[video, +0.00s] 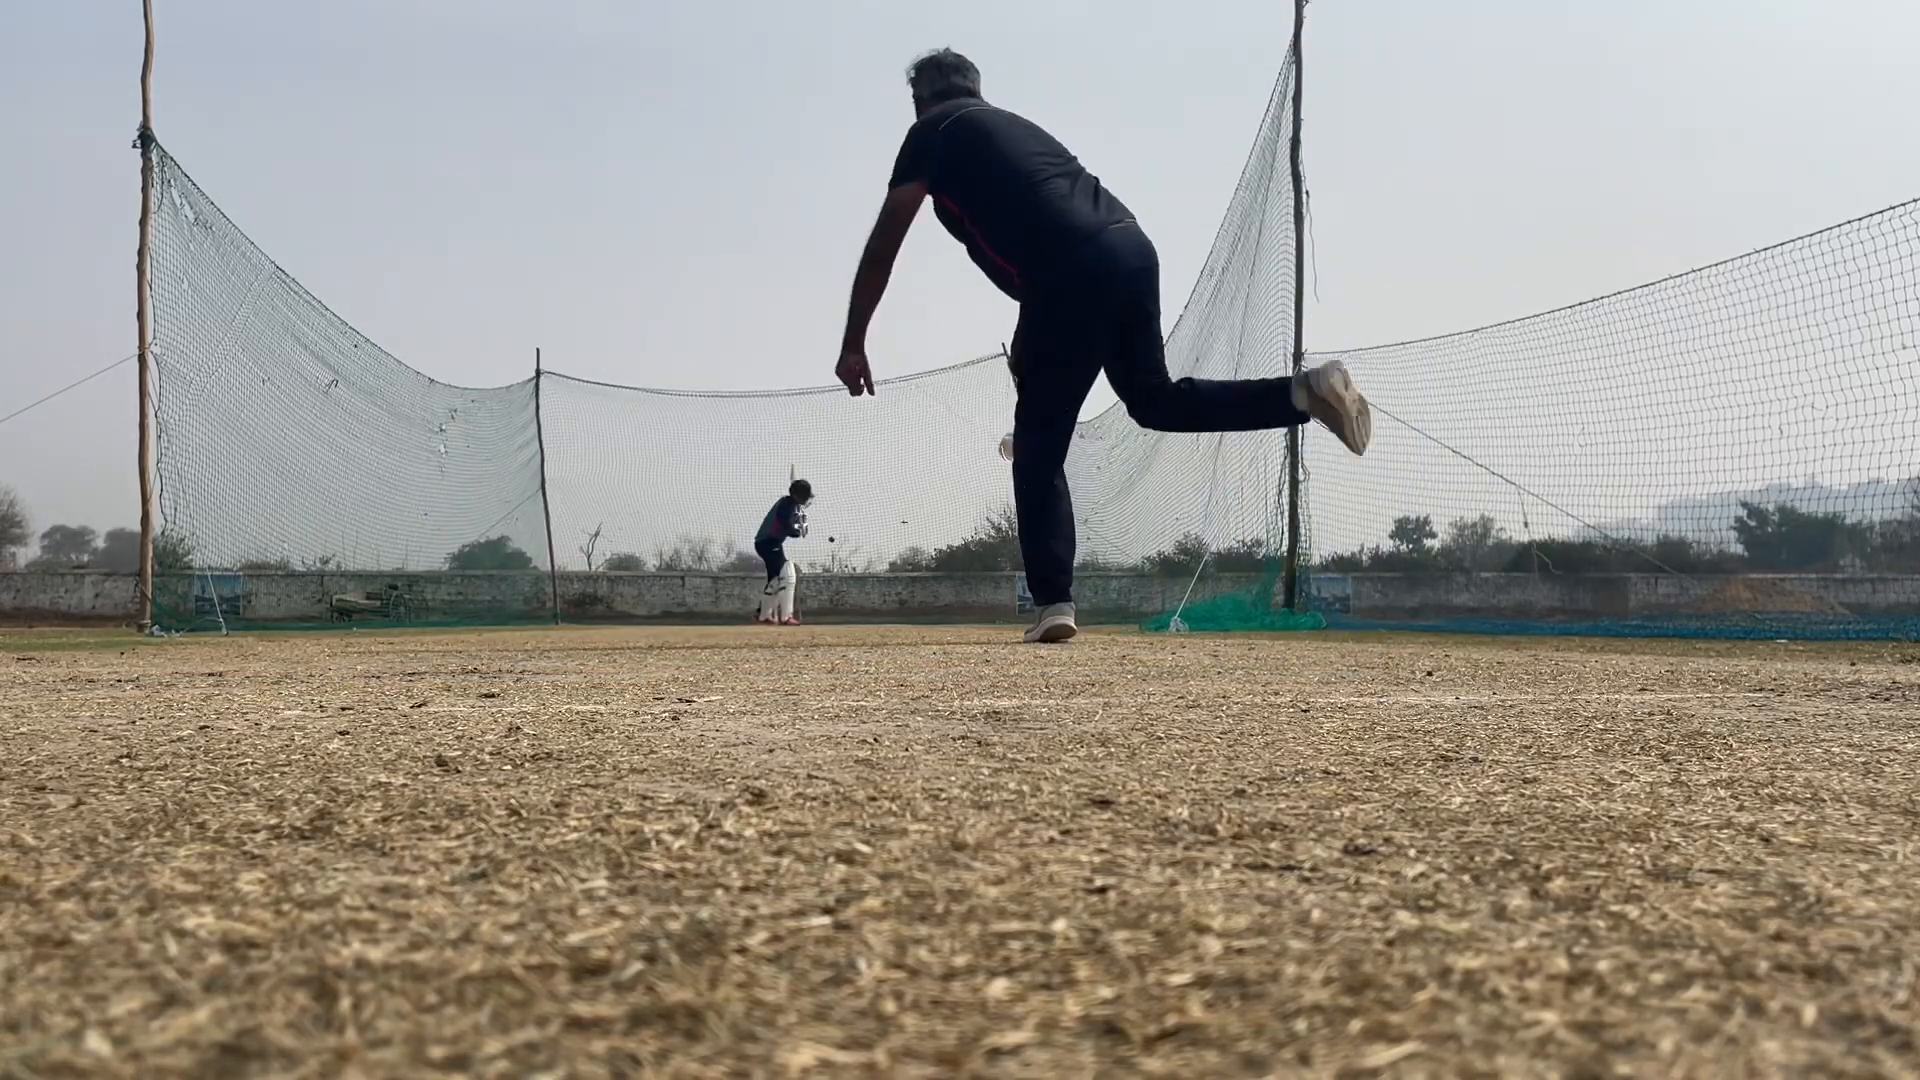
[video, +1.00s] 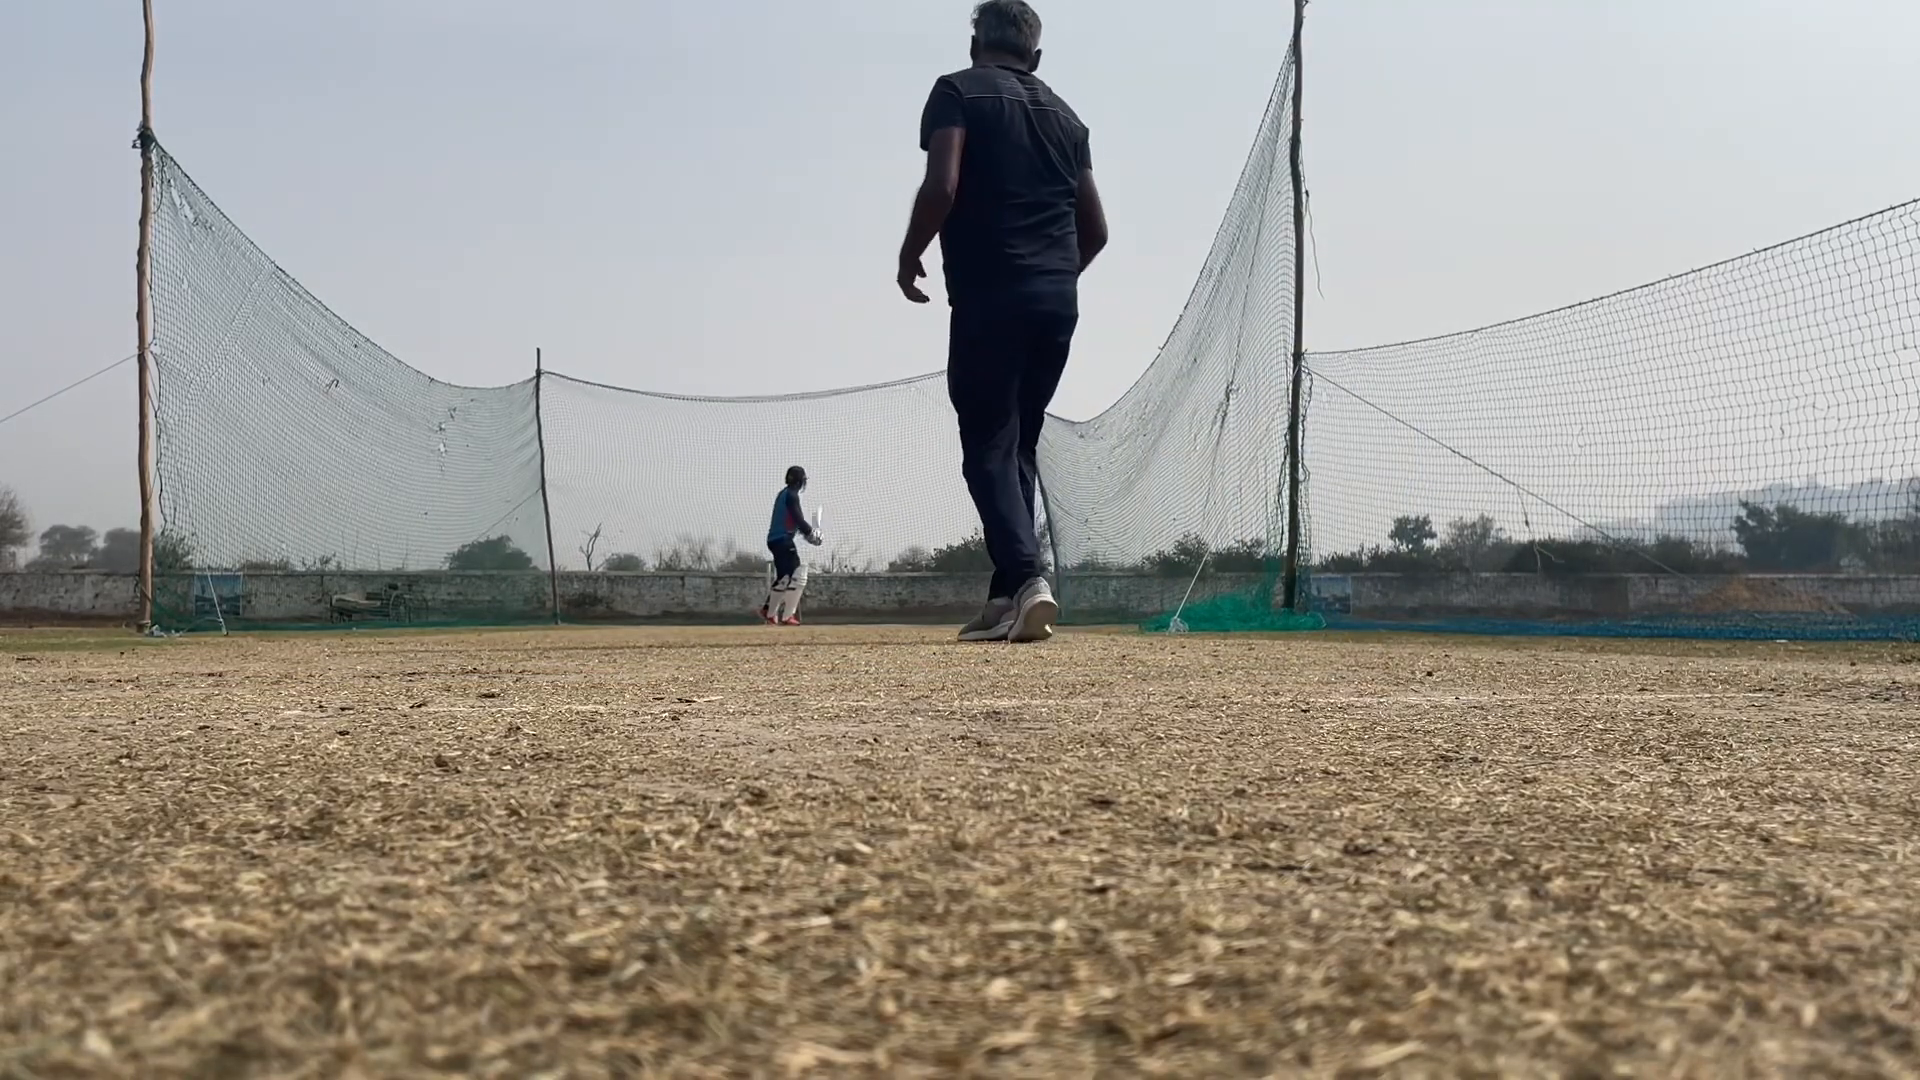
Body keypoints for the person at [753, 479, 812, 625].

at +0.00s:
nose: (806, 500)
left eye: (807, 497)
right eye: (805, 497)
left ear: (795, 494)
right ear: (797, 495)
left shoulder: (792, 504)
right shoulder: (787, 506)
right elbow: (788, 528)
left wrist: (800, 521)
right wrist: (799, 532)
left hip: (773, 542)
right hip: (767, 543)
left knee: (776, 578)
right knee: (783, 576)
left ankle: (765, 614)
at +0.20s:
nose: (812, 495)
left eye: (813, 492)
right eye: (812, 492)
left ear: (799, 487)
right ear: (806, 490)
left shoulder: (784, 496)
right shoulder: (794, 502)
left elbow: (769, 506)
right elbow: (804, 529)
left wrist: (788, 512)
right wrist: (808, 520)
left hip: (768, 541)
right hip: (777, 542)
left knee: (779, 577)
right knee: (794, 574)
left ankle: (769, 613)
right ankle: (787, 615)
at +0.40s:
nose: (812, 493)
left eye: (814, 490)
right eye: (812, 490)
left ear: (798, 484)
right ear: (807, 488)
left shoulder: (784, 495)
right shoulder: (798, 502)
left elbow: (768, 507)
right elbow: (808, 528)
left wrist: (784, 512)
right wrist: (810, 522)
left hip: (770, 541)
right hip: (781, 542)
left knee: (781, 576)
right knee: (795, 574)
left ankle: (770, 611)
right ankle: (787, 615)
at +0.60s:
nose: (814, 491)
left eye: (815, 488)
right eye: (813, 487)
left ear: (798, 484)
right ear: (808, 487)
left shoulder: (785, 495)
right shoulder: (798, 501)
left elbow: (769, 507)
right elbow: (809, 527)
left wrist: (785, 513)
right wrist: (809, 520)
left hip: (771, 541)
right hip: (782, 542)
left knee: (782, 577)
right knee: (797, 575)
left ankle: (770, 613)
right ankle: (788, 616)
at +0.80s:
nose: (812, 488)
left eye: (813, 484)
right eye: (812, 484)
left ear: (796, 482)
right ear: (807, 485)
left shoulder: (785, 496)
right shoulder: (797, 499)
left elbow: (772, 512)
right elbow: (807, 523)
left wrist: (789, 516)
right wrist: (813, 526)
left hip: (773, 541)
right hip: (783, 541)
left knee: (782, 576)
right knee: (797, 575)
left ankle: (770, 611)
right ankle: (788, 615)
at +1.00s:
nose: (805, 482)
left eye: (805, 479)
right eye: (804, 479)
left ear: (789, 479)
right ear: (799, 480)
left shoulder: (784, 494)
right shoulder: (791, 495)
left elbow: (794, 520)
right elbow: (799, 519)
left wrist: (807, 534)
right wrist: (811, 533)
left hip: (775, 539)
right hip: (783, 539)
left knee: (783, 576)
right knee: (797, 574)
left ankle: (771, 613)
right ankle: (788, 615)